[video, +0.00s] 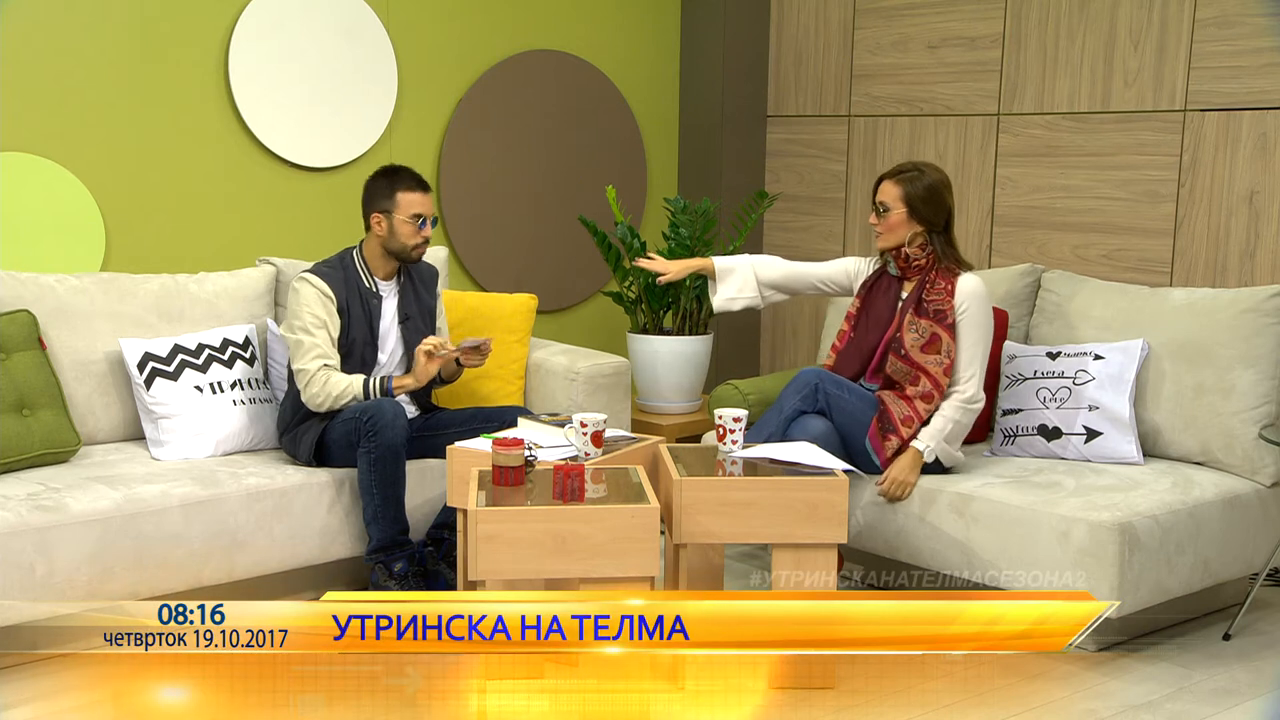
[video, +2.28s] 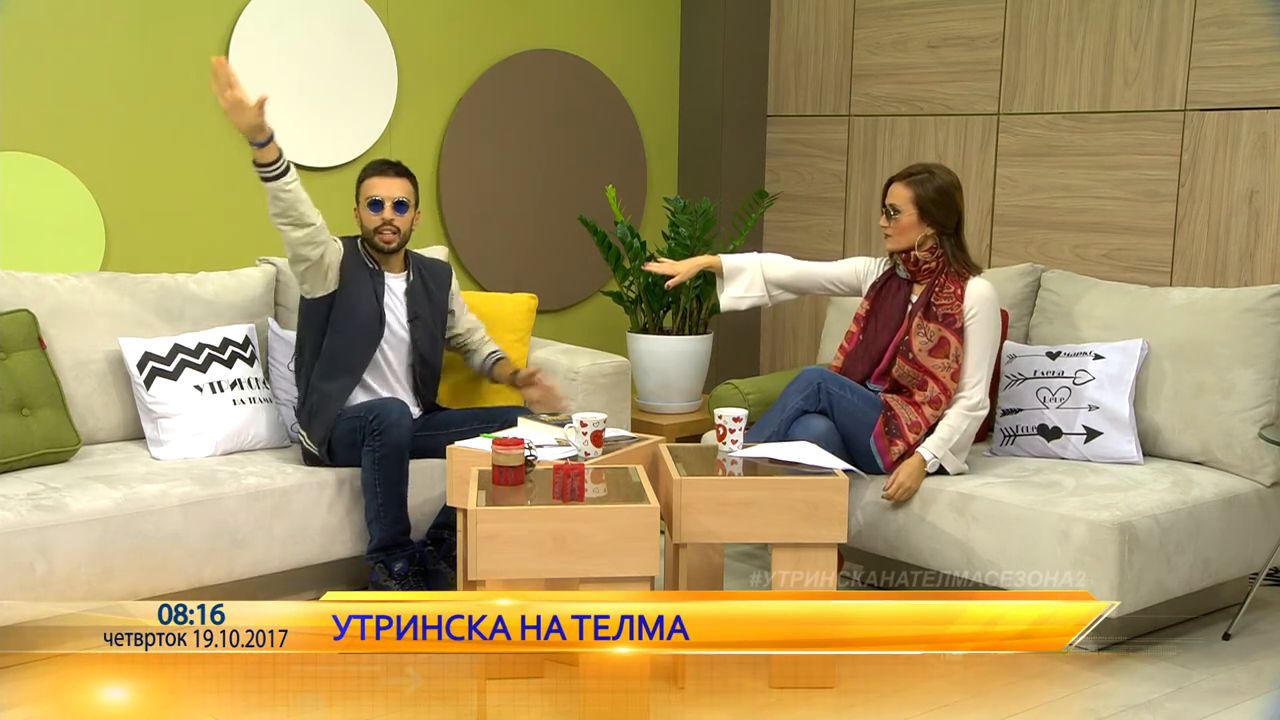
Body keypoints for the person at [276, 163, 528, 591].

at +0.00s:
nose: (429, 233)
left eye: (431, 223)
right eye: (418, 222)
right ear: (378, 223)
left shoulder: (424, 278)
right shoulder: (318, 287)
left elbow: (430, 376)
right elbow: (318, 388)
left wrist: (454, 364)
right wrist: (406, 380)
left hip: (406, 421)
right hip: (323, 428)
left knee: (515, 422)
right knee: (387, 413)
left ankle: (440, 549)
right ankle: (392, 563)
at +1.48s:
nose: (409, 217)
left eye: (420, 206)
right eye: (396, 206)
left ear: (433, 217)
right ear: (377, 217)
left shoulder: (441, 274)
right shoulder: (345, 278)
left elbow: (450, 362)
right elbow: (336, 373)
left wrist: (475, 393)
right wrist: (394, 324)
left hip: (413, 423)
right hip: (335, 426)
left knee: (508, 420)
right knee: (395, 414)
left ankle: (439, 549)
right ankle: (392, 562)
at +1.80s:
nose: (392, 216)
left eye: (405, 206)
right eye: (380, 205)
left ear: (421, 219)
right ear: (363, 215)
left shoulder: (436, 273)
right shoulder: (339, 269)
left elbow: (454, 355)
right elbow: (309, 302)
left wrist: (476, 393)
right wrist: (408, 289)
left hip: (415, 421)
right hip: (334, 424)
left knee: (513, 422)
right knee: (394, 413)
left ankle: (439, 550)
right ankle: (392, 562)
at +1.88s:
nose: (387, 215)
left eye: (401, 206)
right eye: (375, 205)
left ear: (418, 218)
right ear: (359, 215)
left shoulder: (435, 273)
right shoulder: (333, 263)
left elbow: (456, 352)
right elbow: (315, 260)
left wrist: (477, 392)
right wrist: (415, 268)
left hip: (415, 421)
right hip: (333, 423)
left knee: (514, 422)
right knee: (395, 412)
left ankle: (441, 549)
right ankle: (391, 561)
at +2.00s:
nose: (385, 216)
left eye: (398, 205)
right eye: (373, 204)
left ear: (415, 216)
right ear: (359, 213)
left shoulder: (436, 274)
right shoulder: (332, 268)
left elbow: (455, 347)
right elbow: (314, 226)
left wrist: (477, 389)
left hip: (414, 419)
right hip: (335, 425)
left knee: (515, 420)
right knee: (395, 413)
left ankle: (441, 548)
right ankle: (391, 562)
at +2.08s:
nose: (386, 214)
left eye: (398, 204)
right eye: (374, 203)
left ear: (416, 215)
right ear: (354, 213)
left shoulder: (436, 273)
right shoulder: (334, 270)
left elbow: (457, 346)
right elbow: (321, 221)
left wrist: (477, 388)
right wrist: (318, 133)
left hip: (414, 423)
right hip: (338, 426)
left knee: (514, 424)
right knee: (397, 415)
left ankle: (440, 550)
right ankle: (392, 563)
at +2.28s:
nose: (388, 217)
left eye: (399, 206)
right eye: (375, 206)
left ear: (415, 216)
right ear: (357, 213)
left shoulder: (435, 276)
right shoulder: (328, 265)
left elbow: (474, 344)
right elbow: (296, 216)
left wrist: (518, 377)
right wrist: (261, 140)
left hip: (414, 420)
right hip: (337, 425)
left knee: (520, 423)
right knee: (391, 413)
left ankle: (438, 554)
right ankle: (392, 565)